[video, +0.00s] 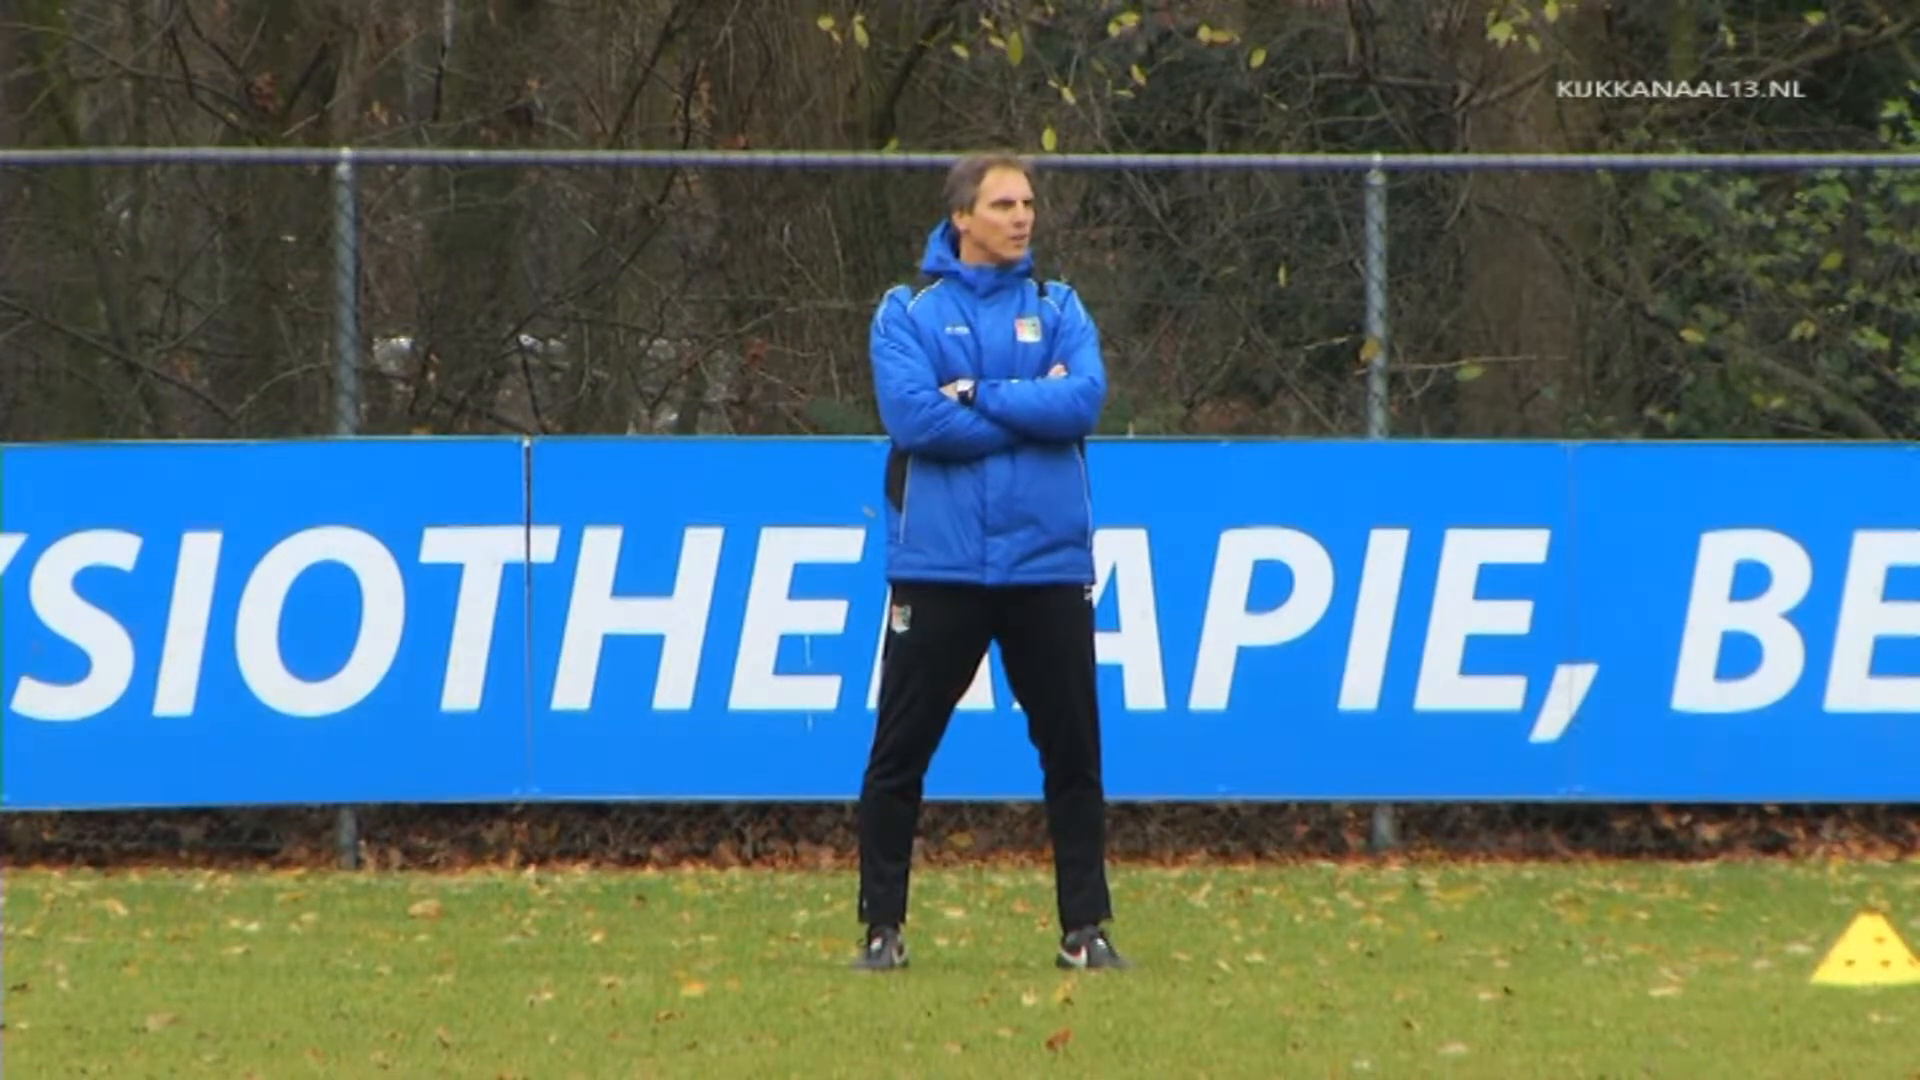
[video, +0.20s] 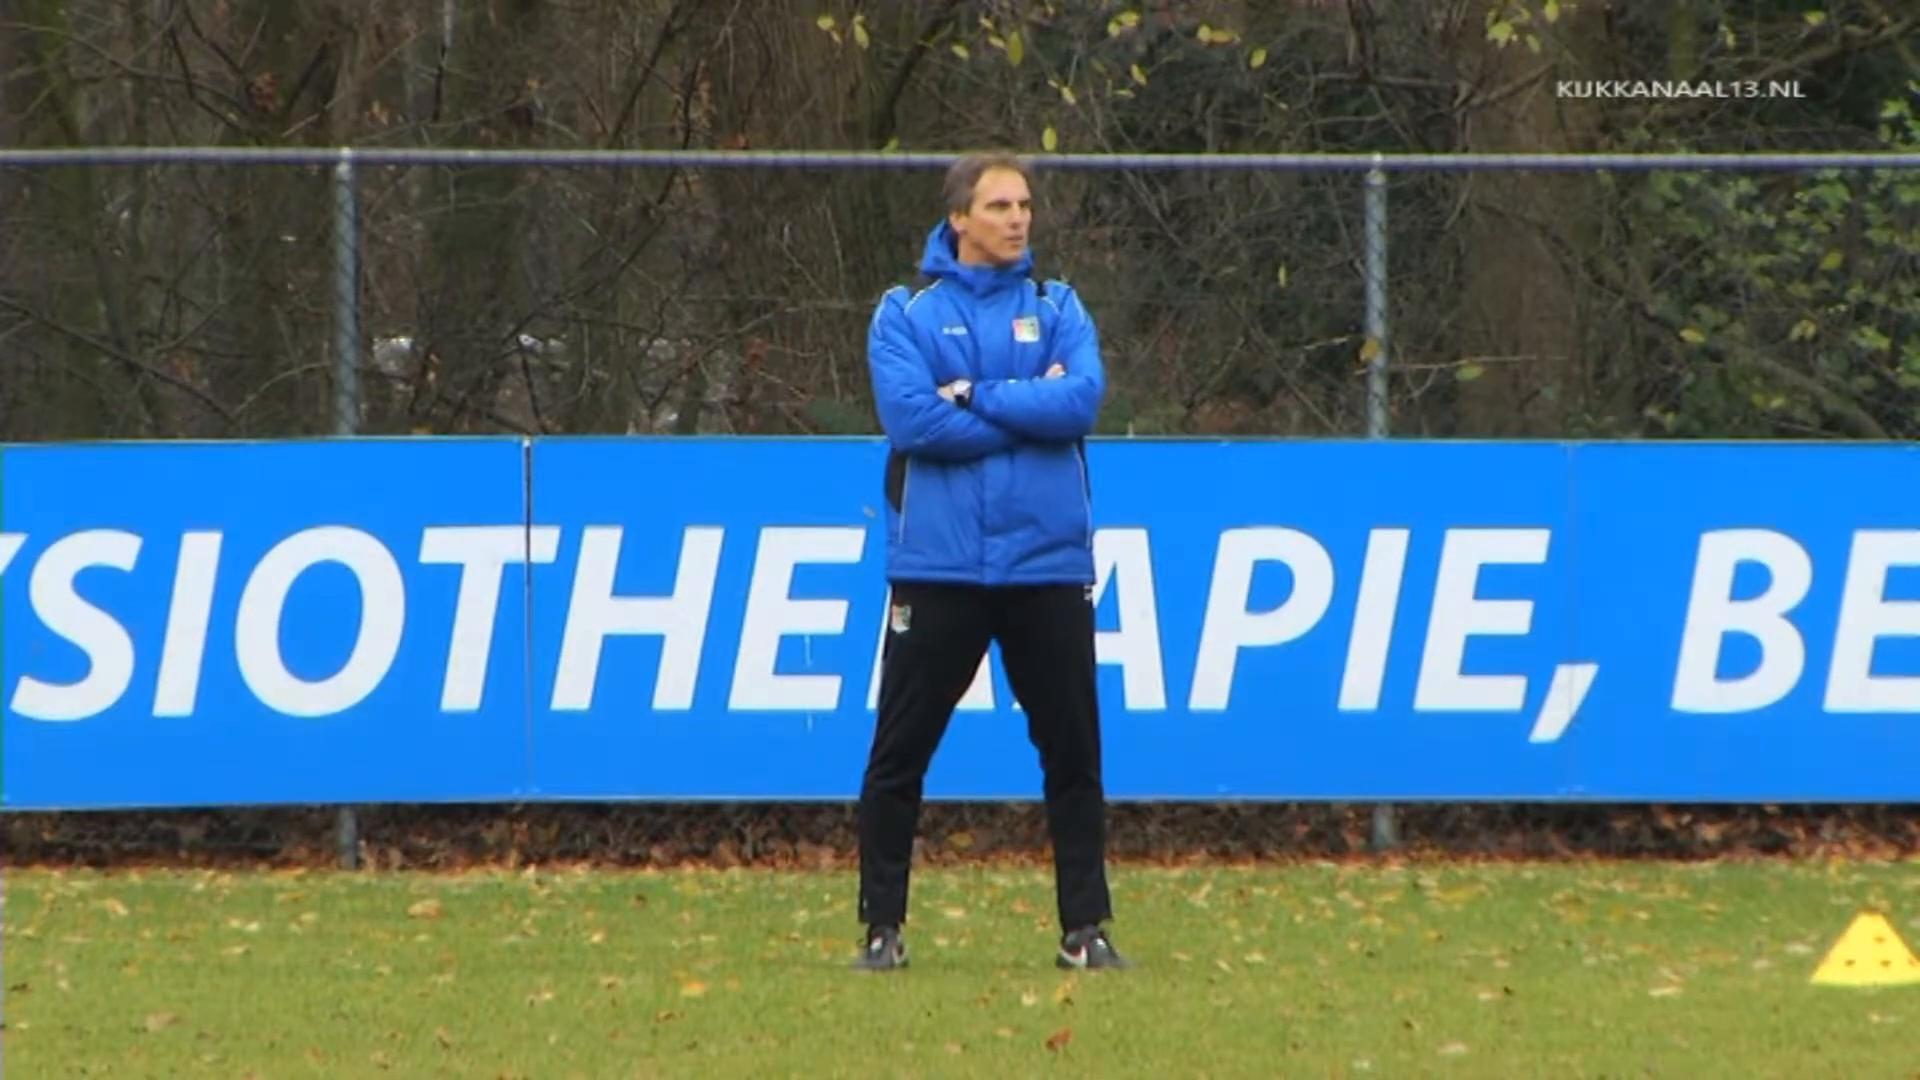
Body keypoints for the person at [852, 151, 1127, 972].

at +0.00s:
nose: (1022, 216)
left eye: (1028, 204)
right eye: (1004, 205)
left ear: (1035, 217)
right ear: (963, 220)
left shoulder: (1059, 305)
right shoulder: (906, 311)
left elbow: (1082, 403)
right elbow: (916, 423)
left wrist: (973, 392)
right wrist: (1026, 413)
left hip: (1050, 567)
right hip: (940, 569)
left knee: (1073, 751)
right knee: (901, 751)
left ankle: (1085, 931)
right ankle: (881, 928)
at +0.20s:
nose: (1017, 218)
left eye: (1023, 206)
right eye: (999, 207)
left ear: (1032, 218)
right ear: (959, 221)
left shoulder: (1058, 305)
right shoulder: (904, 311)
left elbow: (1079, 403)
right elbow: (914, 425)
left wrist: (969, 392)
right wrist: (1024, 414)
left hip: (1049, 567)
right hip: (940, 569)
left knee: (1073, 751)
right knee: (901, 752)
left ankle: (1085, 931)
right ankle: (881, 929)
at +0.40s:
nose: (1012, 220)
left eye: (1020, 207)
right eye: (994, 209)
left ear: (1030, 218)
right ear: (956, 221)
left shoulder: (1058, 305)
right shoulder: (902, 312)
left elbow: (1077, 403)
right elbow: (913, 425)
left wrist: (968, 393)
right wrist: (1023, 414)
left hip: (1049, 568)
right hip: (940, 570)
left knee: (1073, 751)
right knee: (900, 752)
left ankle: (1085, 931)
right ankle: (881, 929)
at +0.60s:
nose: (1009, 221)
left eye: (1018, 208)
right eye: (992, 209)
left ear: (1029, 218)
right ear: (954, 221)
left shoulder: (1057, 305)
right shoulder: (902, 313)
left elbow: (1078, 403)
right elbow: (913, 426)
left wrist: (968, 393)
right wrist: (1023, 413)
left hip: (1048, 567)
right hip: (939, 570)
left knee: (1073, 751)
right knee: (900, 752)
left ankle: (1085, 930)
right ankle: (882, 929)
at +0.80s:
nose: (1007, 221)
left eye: (1016, 208)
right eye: (990, 210)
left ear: (1027, 218)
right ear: (952, 222)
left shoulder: (1056, 305)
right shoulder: (900, 312)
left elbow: (1077, 402)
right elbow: (912, 426)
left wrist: (966, 393)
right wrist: (1022, 414)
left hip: (1047, 567)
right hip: (938, 570)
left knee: (1072, 751)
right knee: (899, 752)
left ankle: (1085, 929)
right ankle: (882, 928)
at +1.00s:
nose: (1003, 221)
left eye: (1012, 208)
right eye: (986, 209)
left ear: (1024, 218)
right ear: (950, 221)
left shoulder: (1057, 305)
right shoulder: (899, 312)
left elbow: (1075, 401)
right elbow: (912, 425)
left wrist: (964, 392)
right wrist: (1023, 413)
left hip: (1045, 567)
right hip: (937, 570)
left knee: (1071, 751)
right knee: (899, 753)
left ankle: (1085, 930)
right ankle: (882, 929)